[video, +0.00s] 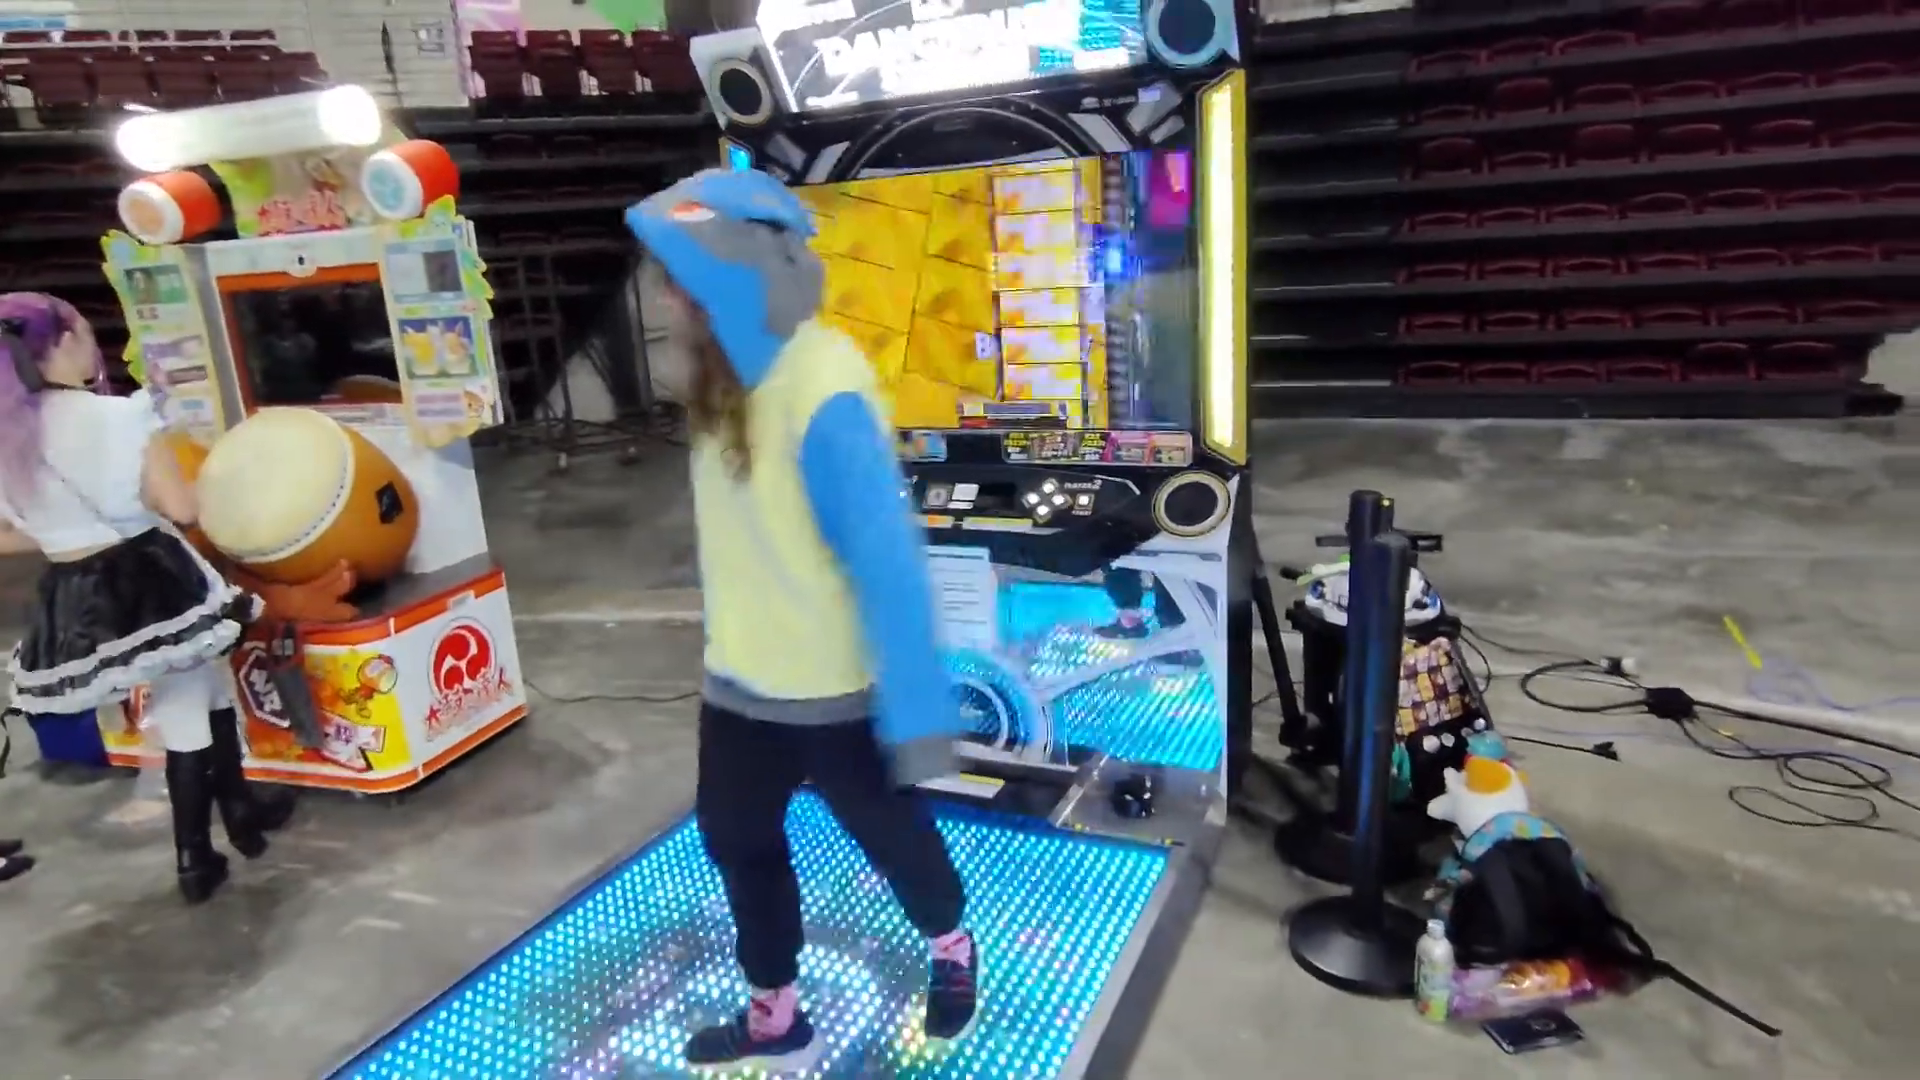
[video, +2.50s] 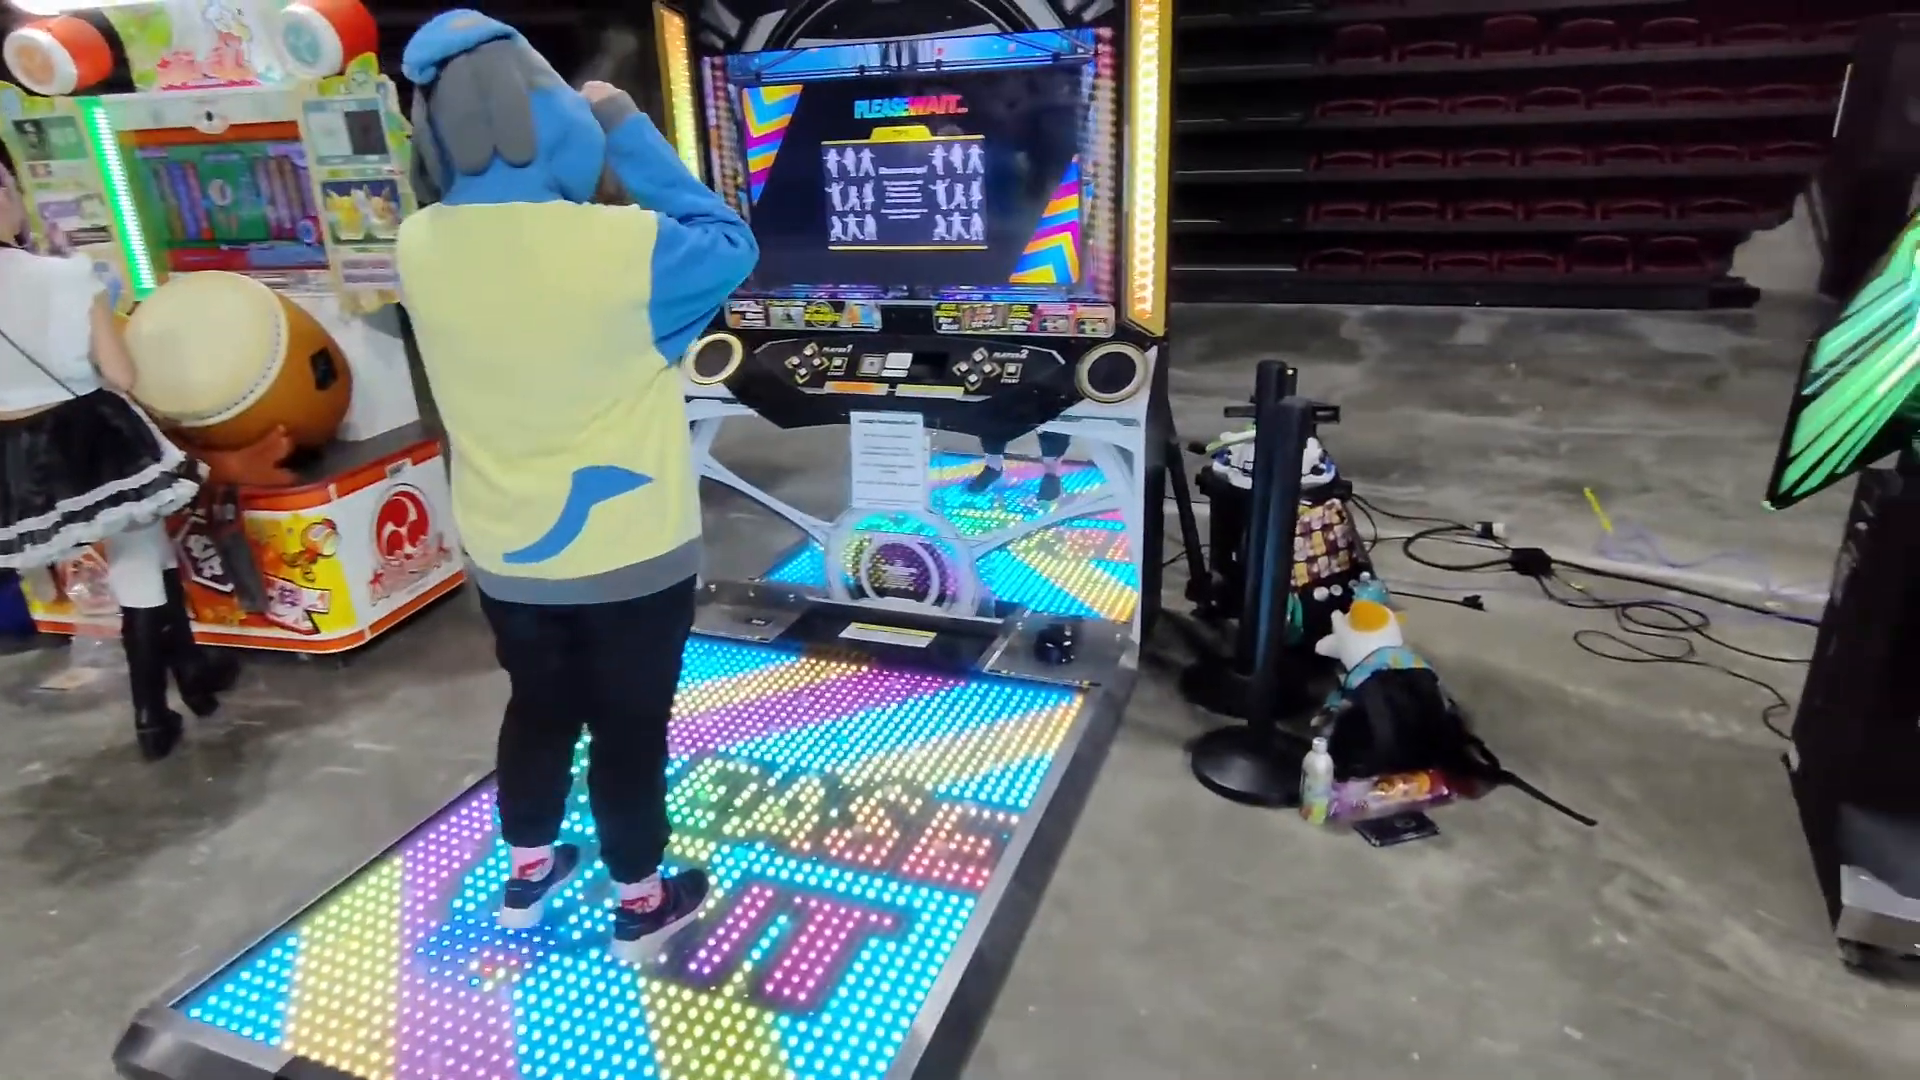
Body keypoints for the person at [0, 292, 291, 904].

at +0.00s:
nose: (94, 343)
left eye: (86, 332)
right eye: (84, 334)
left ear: (31, 357)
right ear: (58, 348)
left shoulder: (14, 430)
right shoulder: (117, 418)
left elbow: (11, 535)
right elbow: (179, 506)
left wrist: (69, 535)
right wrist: (222, 477)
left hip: (78, 593)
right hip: (148, 582)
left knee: (209, 675)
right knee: (184, 706)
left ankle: (243, 808)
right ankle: (194, 858)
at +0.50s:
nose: (24, 317)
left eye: (17, 305)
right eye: (16, 305)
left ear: (4, 313)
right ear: (3, 313)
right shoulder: (67, 389)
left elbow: (120, 483)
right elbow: (124, 485)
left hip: (16, 578)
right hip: (86, 571)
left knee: (140, 658)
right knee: (131, 687)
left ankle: (182, 796)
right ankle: (130, 846)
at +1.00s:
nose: (30, 261)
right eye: (24, 251)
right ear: (16, 257)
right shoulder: (48, 323)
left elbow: (92, 419)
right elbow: (94, 421)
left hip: (11, 505)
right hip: (70, 493)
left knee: (125, 593)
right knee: (108, 623)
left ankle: (165, 726)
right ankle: (118, 774)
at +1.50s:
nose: (46, 211)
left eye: (41, 199)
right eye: (38, 199)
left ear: (3, 211)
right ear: (15, 206)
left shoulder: (5, 283)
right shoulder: (84, 281)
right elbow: (139, 377)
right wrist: (125, 317)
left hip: (35, 450)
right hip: (108, 441)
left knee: (170, 539)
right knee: (159, 564)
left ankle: (212, 671)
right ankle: (170, 718)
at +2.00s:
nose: (65, 195)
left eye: (59, 184)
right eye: (57, 185)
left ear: (11, 204)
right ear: (33, 196)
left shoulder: (5, 283)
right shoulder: (106, 267)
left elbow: (10, 389)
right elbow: (156, 365)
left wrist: (58, 386)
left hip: (62, 440)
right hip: (134, 426)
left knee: (181, 533)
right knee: (175, 550)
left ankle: (233, 654)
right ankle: (190, 702)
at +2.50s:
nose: (16, 199)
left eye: (12, 185)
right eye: (11, 186)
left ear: (3, 194)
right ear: (2, 198)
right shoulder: (64, 279)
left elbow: (116, 372)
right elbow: (121, 378)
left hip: (14, 465)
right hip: (88, 452)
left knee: (139, 536)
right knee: (136, 551)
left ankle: (194, 672)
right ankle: (151, 715)